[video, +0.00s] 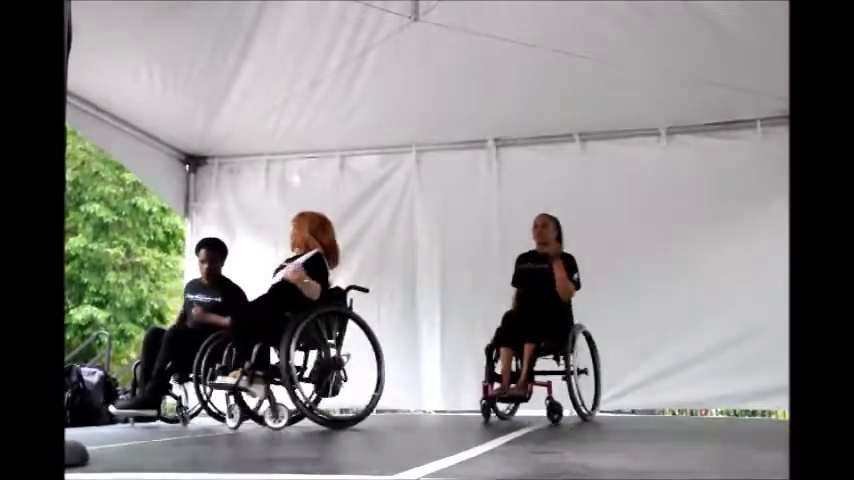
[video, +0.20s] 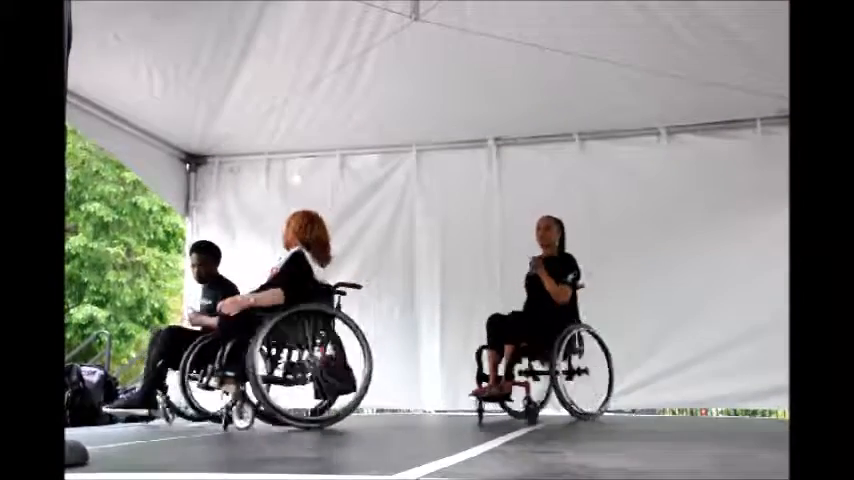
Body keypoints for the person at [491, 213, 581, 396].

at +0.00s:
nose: (538, 231)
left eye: (544, 226)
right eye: (535, 227)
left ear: (556, 231)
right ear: (532, 232)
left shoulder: (565, 260)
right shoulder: (524, 259)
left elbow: (567, 294)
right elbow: (518, 292)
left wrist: (556, 262)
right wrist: (514, 313)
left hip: (554, 314)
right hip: (528, 313)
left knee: (532, 323)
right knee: (509, 319)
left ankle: (523, 381)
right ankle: (504, 381)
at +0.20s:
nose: (542, 233)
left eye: (548, 229)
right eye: (539, 229)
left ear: (559, 234)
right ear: (535, 234)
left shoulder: (567, 261)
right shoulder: (537, 263)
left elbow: (563, 296)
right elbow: (534, 300)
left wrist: (541, 272)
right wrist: (521, 319)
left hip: (559, 327)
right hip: (538, 324)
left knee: (513, 325)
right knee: (495, 322)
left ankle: (507, 382)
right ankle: (493, 383)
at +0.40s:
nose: (546, 240)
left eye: (552, 235)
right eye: (544, 236)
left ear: (565, 238)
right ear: (541, 239)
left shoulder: (570, 267)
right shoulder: (555, 268)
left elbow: (559, 301)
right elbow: (552, 300)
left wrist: (543, 279)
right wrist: (545, 281)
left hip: (560, 334)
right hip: (548, 329)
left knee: (494, 326)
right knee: (498, 322)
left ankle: (494, 382)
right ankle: (497, 379)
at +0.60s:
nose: (549, 244)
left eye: (553, 239)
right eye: (548, 239)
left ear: (568, 241)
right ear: (568, 242)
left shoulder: (572, 266)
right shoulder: (576, 265)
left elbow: (558, 301)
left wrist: (546, 283)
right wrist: (553, 284)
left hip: (566, 334)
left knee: (502, 327)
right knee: (504, 327)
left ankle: (506, 384)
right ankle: (506, 384)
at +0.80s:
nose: (560, 245)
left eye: (562, 240)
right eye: (560, 239)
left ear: (569, 241)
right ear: (585, 239)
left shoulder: (567, 265)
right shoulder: (604, 266)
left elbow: (548, 301)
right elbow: (603, 298)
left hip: (569, 334)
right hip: (597, 334)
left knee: (520, 328)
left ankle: (527, 381)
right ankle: (539, 382)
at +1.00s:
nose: (599, 241)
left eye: (598, 237)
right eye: (597, 237)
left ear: (575, 242)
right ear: (594, 239)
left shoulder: (561, 266)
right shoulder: (610, 263)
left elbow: (545, 305)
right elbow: (624, 301)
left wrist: (563, 295)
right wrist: (619, 330)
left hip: (569, 338)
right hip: (599, 336)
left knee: (551, 326)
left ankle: (555, 380)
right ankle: (579, 383)